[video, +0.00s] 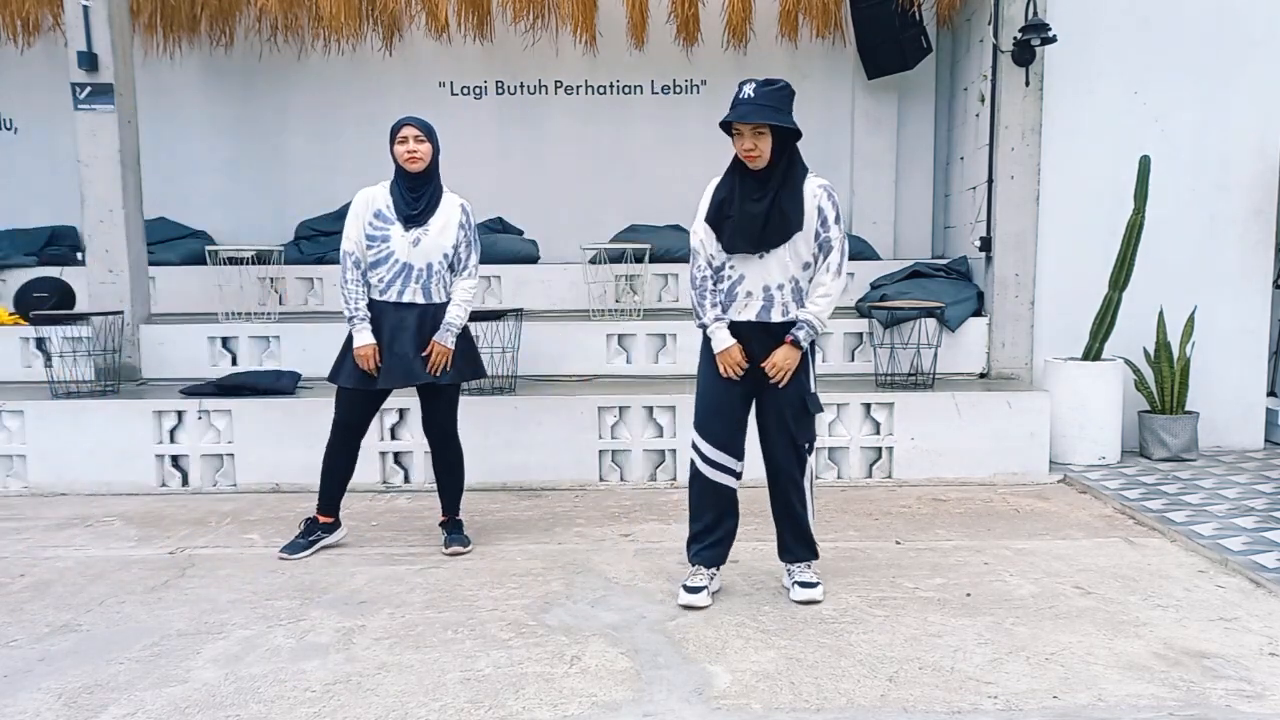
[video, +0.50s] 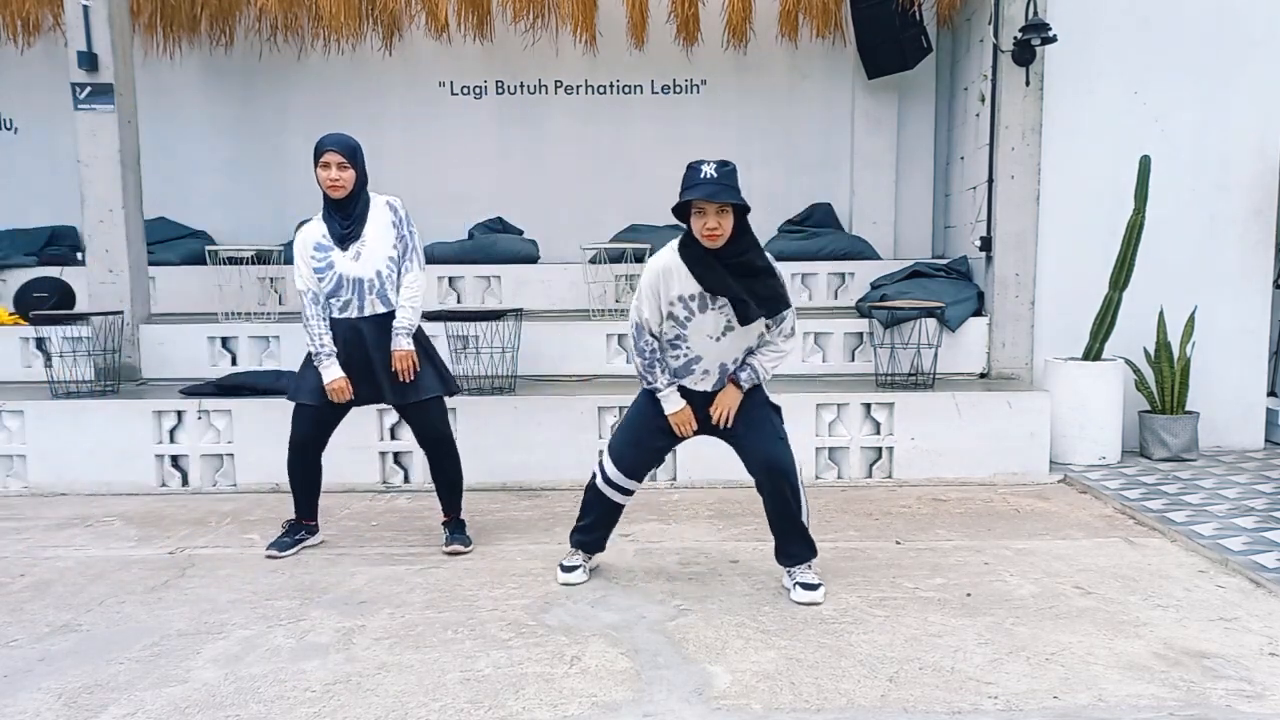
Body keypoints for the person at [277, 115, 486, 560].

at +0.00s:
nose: (411, 148)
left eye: (420, 141)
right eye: (403, 142)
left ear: (434, 149)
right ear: (392, 151)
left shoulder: (456, 209)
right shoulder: (367, 202)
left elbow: (467, 277)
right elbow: (351, 273)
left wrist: (449, 331)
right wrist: (361, 331)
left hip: (437, 329)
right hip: (379, 328)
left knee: (442, 430)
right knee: (346, 426)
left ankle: (452, 522)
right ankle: (325, 519)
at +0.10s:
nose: (402, 149)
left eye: (410, 141)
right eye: (393, 143)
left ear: (425, 149)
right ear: (383, 152)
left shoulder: (451, 207)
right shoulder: (362, 205)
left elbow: (461, 279)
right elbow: (350, 278)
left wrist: (444, 336)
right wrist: (358, 342)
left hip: (431, 334)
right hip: (372, 332)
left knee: (439, 434)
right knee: (339, 429)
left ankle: (452, 522)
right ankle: (324, 521)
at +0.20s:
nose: (390, 147)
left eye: (398, 138)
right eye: (382, 140)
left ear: (415, 144)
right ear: (372, 148)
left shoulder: (443, 200)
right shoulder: (353, 199)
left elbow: (456, 272)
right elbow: (345, 273)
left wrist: (442, 332)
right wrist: (357, 332)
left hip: (427, 325)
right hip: (369, 325)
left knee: (437, 431)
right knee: (327, 420)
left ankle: (452, 521)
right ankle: (316, 513)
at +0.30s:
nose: (377, 150)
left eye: (386, 142)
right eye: (368, 143)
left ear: (401, 146)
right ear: (358, 150)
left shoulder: (431, 199)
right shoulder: (342, 203)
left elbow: (447, 271)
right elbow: (337, 272)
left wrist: (437, 333)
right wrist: (354, 324)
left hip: (421, 323)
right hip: (363, 323)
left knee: (438, 428)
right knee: (316, 415)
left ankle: (453, 521)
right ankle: (304, 509)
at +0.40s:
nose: (359, 163)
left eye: (367, 154)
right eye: (350, 155)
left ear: (383, 158)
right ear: (341, 162)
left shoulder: (414, 205)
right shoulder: (327, 220)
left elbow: (433, 274)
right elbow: (325, 289)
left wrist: (423, 335)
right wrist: (344, 341)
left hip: (410, 331)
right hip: (352, 334)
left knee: (439, 432)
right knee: (313, 427)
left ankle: (453, 521)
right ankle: (300, 514)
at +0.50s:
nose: (334, 175)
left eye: (343, 167)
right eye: (325, 167)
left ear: (359, 171)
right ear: (317, 174)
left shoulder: (391, 211)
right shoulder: (307, 235)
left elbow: (413, 275)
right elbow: (311, 307)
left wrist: (403, 336)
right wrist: (328, 365)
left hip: (394, 340)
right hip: (336, 347)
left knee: (436, 435)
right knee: (303, 439)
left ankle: (454, 523)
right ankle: (305, 523)